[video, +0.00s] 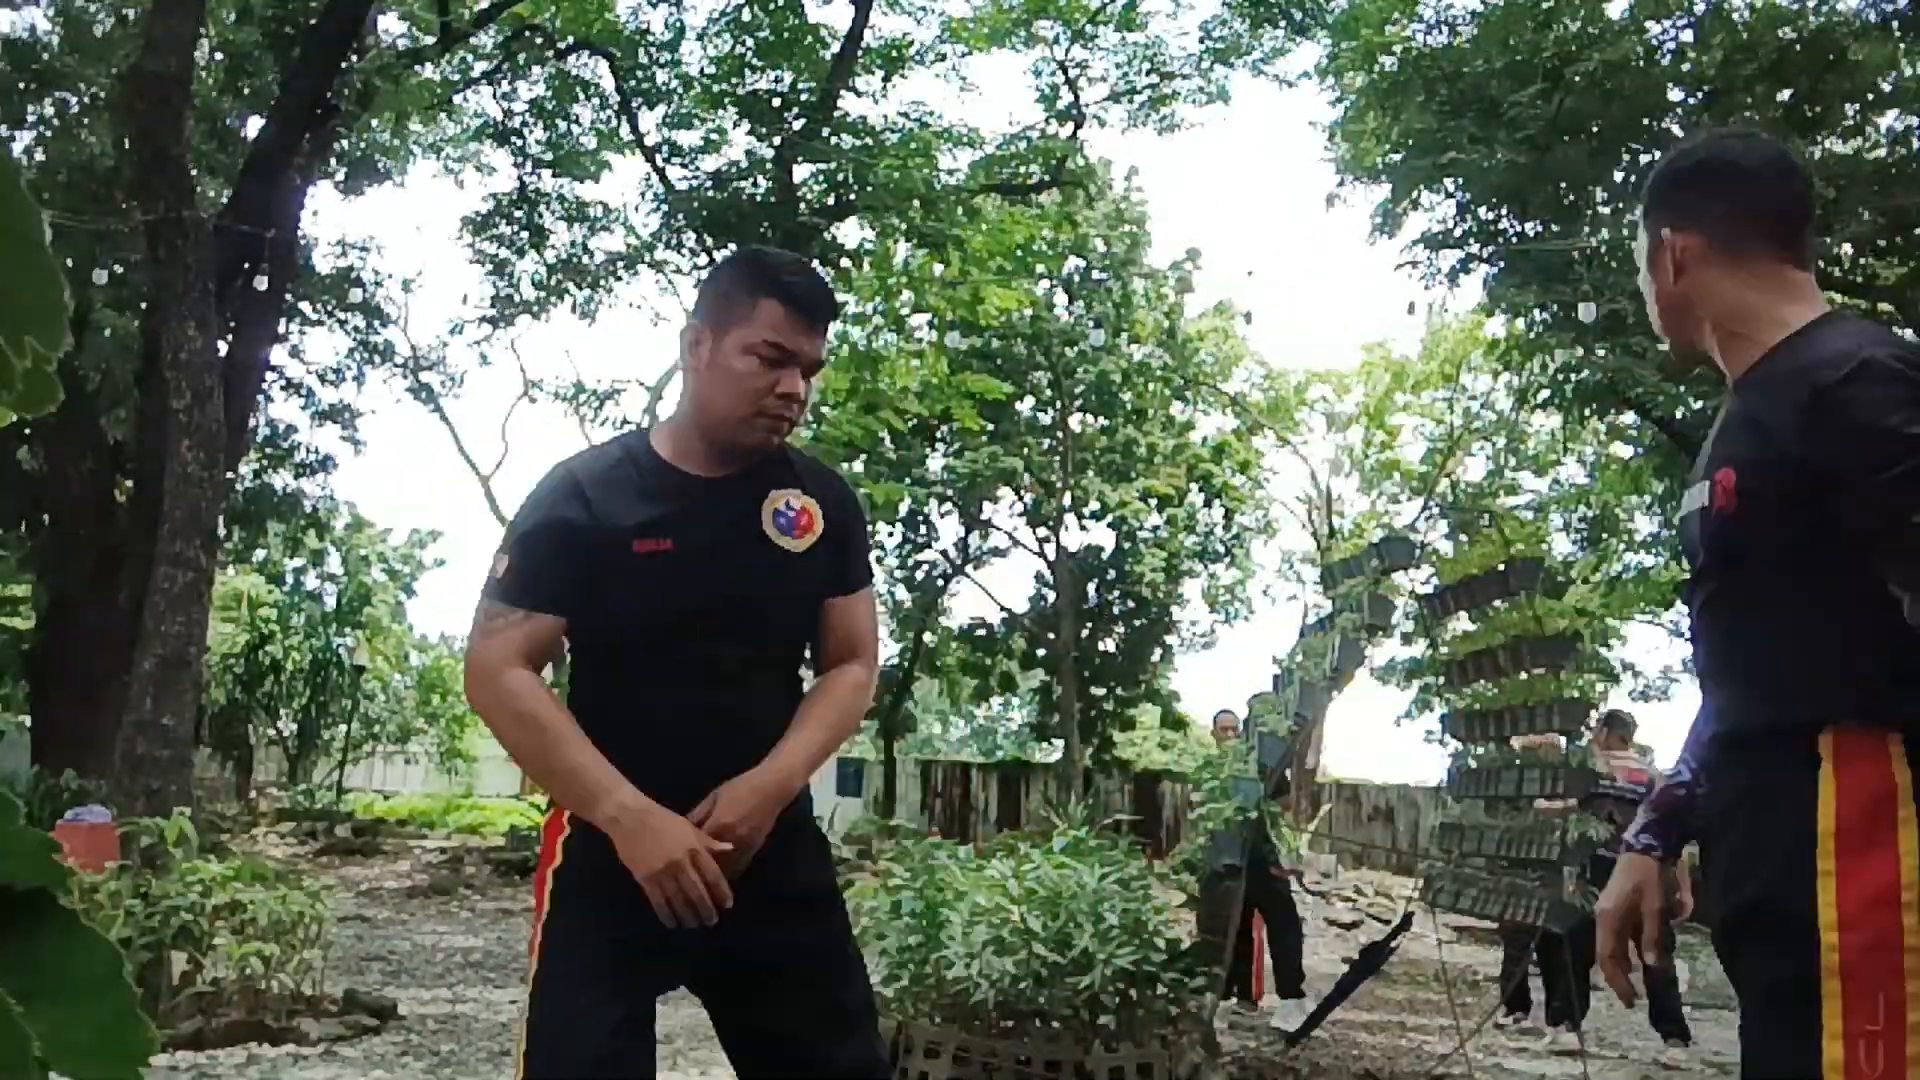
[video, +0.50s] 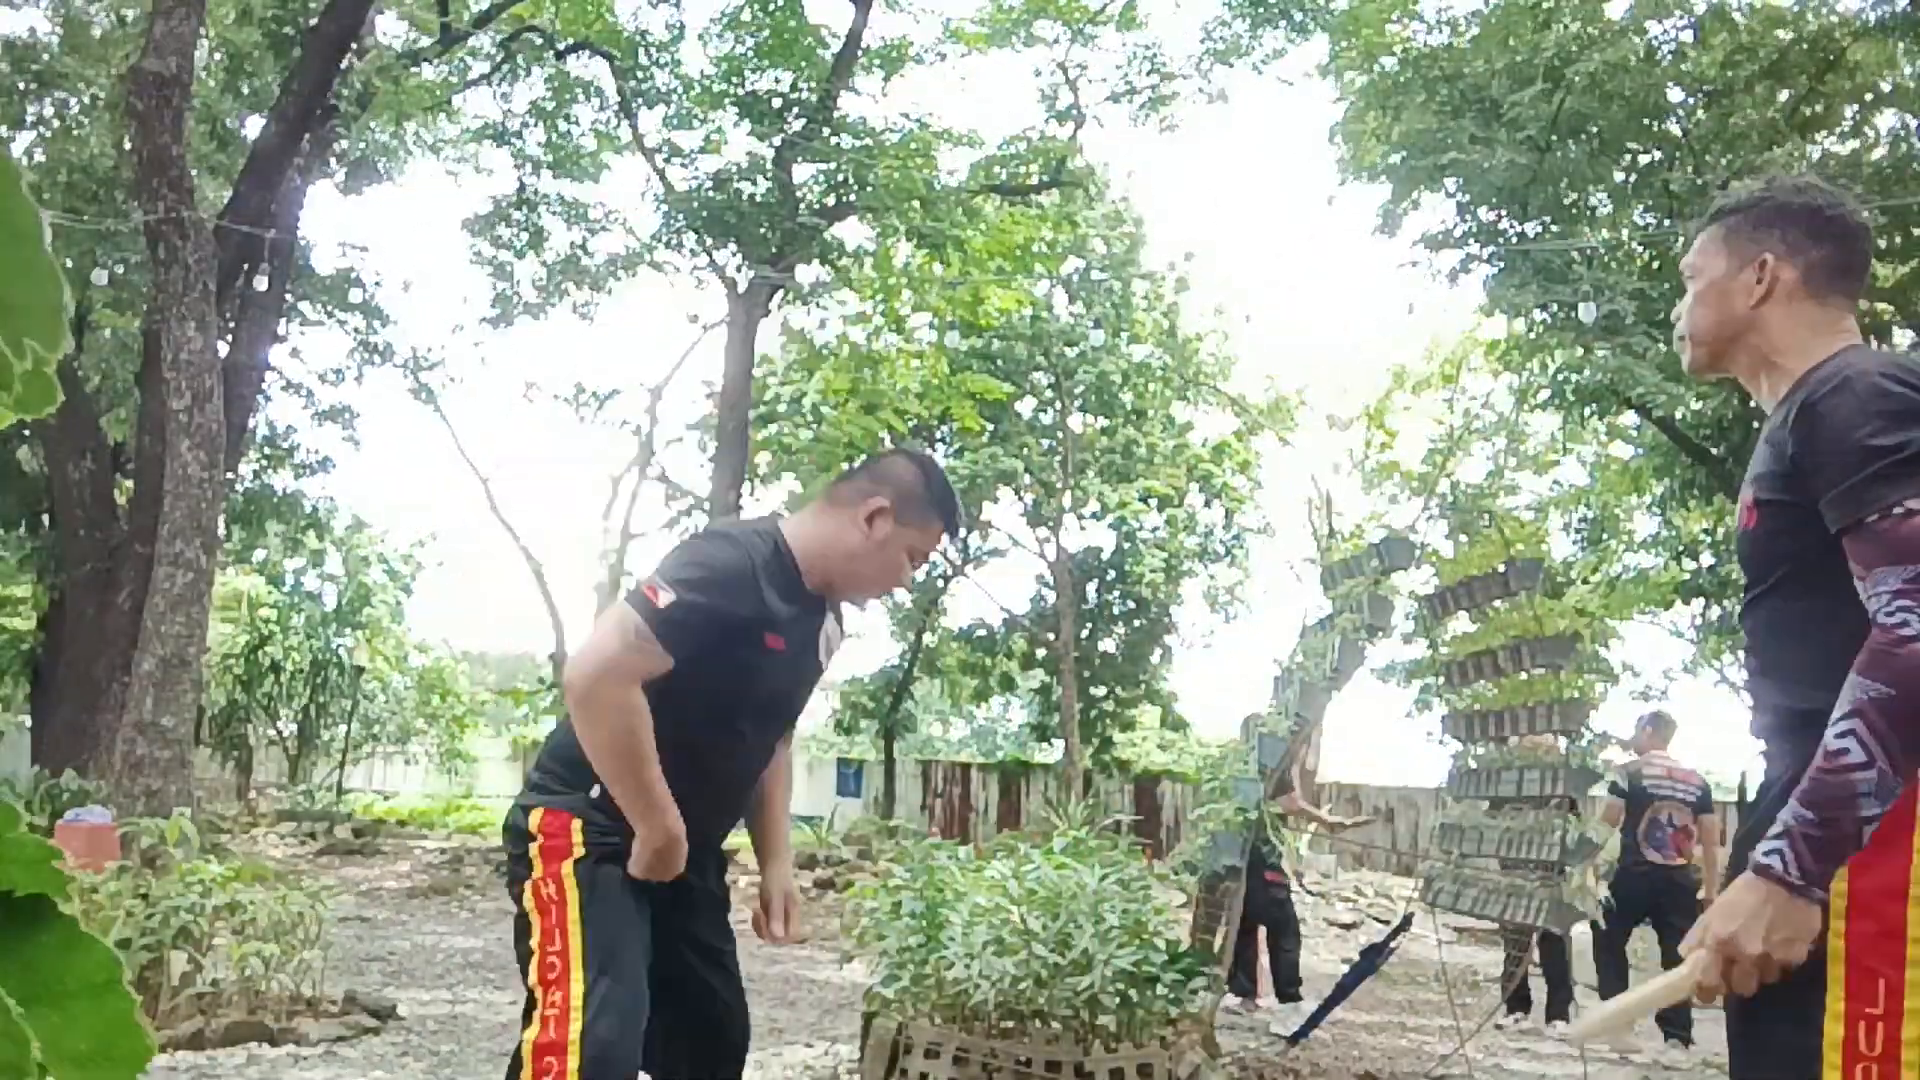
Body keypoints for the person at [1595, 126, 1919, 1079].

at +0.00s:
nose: (1646, 295)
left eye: (1644, 264)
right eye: (1644, 267)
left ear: (1677, 254)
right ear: (1794, 240)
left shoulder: (1855, 384)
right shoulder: (1756, 407)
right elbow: (1746, 686)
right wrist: (1651, 833)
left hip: (1852, 812)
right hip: (1774, 811)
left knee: (1850, 1059)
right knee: (1796, 1052)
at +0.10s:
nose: (1675, 309)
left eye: (1669, 280)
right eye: (1670, 285)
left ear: (1695, 268)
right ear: (1815, 261)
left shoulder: (1837, 385)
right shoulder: (1802, 388)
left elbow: (1914, 630)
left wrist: (1892, 920)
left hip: (1836, 786)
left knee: (1821, 1053)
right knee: (1788, 1044)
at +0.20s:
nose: (1692, 323)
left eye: (1686, 290)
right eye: (1688, 295)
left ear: (1710, 278)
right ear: (1835, 272)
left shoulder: (1846, 387)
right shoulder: (1813, 397)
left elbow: (1906, 631)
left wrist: (1791, 879)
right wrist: (1778, 872)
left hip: (1858, 854)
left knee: (1818, 1057)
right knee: (1795, 1052)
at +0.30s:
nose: (1691, 319)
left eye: (1694, 289)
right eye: (1689, 294)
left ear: (1744, 282)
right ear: (1834, 280)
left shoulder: (1852, 394)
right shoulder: (1829, 403)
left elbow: (1901, 621)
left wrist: (1732, 832)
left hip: (1869, 834)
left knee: (1847, 1051)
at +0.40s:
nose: (1686, 319)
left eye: (1692, 287)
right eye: (1687, 292)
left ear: (1758, 279)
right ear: (1767, 279)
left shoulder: (1854, 392)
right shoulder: (1832, 404)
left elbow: (1903, 617)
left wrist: (1743, 832)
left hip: (1867, 815)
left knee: (1846, 1048)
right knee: (1811, 1042)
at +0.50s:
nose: (1679, 316)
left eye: (1691, 285)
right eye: (1681, 291)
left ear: (1763, 277)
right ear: (1763, 283)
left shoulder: (1852, 396)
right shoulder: (1811, 414)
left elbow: (1908, 634)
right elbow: (1850, 661)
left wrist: (1789, 866)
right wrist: (1769, 865)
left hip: (1862, 832)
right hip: (1821, 828)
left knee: (1827, 1059)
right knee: (1786, 1054)